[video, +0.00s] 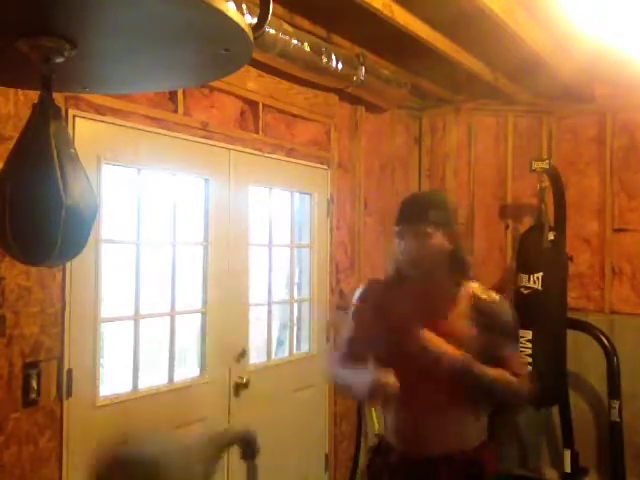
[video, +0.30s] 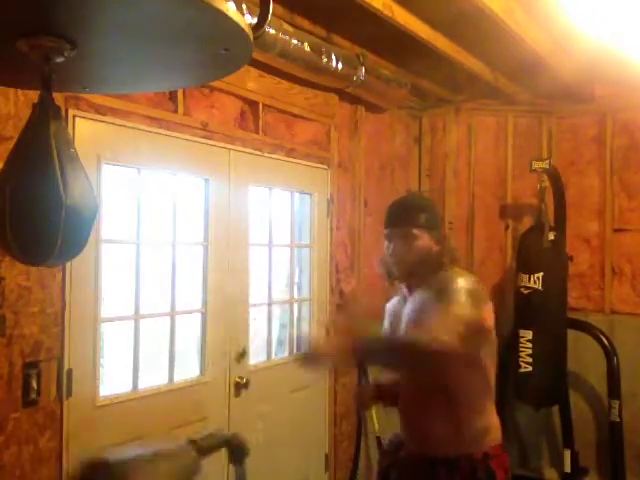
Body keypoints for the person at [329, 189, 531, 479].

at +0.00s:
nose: (410, 247)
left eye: (423, 235)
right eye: (402, 236)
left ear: (449, 239)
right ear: (395, 241)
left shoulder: (486, 306)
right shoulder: (375, 297)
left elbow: (519, 387)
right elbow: (345, 366)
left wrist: (454, 360)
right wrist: (371, 380)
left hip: (463, 460)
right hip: (397, 459)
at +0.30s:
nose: (392, 250)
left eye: (405, 238)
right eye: (389, 239)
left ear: (432, 242)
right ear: (385, 244)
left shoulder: (458, 288)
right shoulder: (395, 307)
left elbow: (436, 348)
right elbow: (411, 385)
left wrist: (357, 346)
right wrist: (376, 392)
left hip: (470, 460)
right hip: (420, 456)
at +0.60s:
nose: (423, 243)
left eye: (437, 233)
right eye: (415, 233)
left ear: (461, 239)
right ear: (407, 238)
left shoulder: (492, 304)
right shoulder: (387, 290)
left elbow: (531, 380)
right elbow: (338, 333)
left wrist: (497, 397)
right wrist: (337, 312)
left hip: (468, 459)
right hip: (401, 458)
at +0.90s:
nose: (394, 245)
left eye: (407, 233)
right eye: (389, 234)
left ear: (436, 235)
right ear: (384, 238)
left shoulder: (464, 291)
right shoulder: (382, 299)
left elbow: (410, 331)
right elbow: (376, 365)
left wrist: (318, 331)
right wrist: (366, 401)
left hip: (460, 459)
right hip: (400, 454)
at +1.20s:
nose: (402, 250)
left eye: (416, 237)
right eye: (398, 238)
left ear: (443, 240)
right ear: (392, 241)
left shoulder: (483, 299)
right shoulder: (387, 304)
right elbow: (376, 378)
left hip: (472, 463)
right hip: (407, 460)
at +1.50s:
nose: (417, 248)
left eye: (429, 237)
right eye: (407, 236)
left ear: (453, 240)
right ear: (398, 240)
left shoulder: (490, 306)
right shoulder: (375, 298)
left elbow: (524, 391)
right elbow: (347, 373)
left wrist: (458, 369)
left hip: (465, 462)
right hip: (396, 463)